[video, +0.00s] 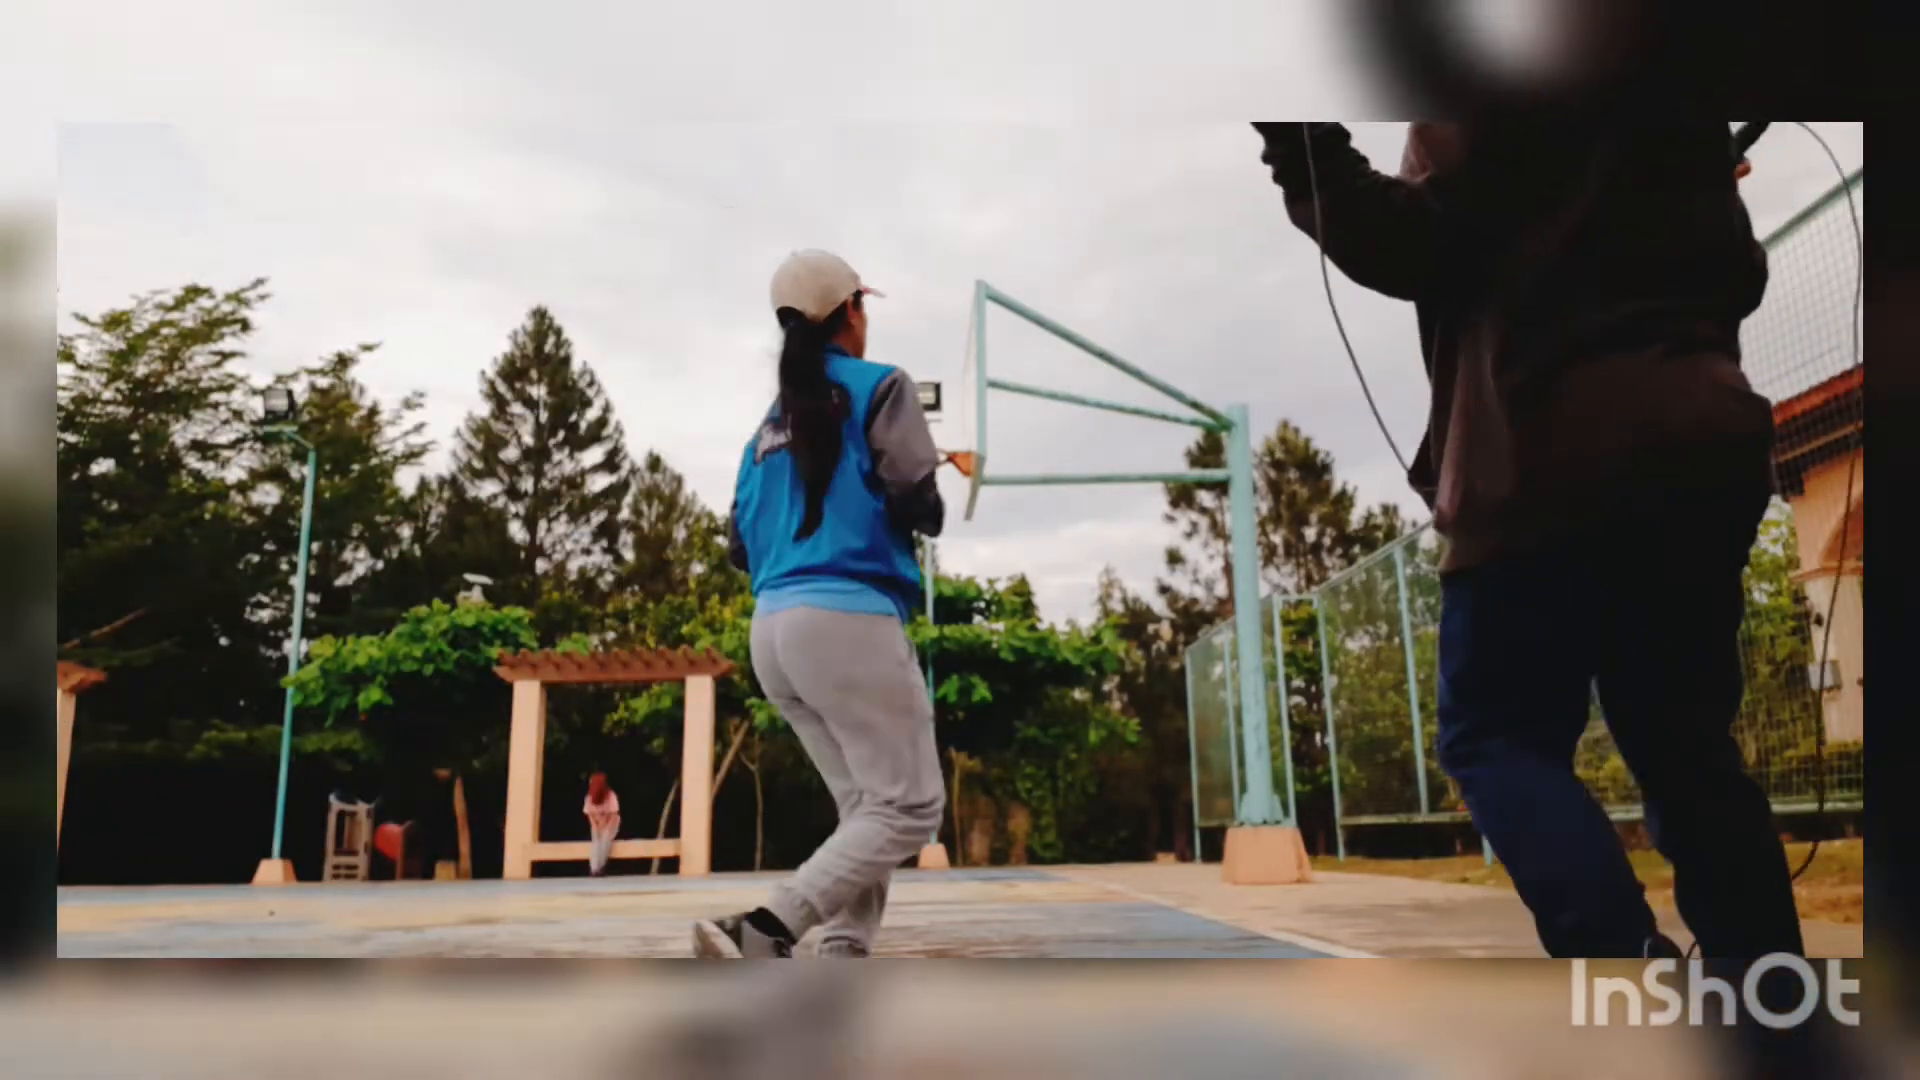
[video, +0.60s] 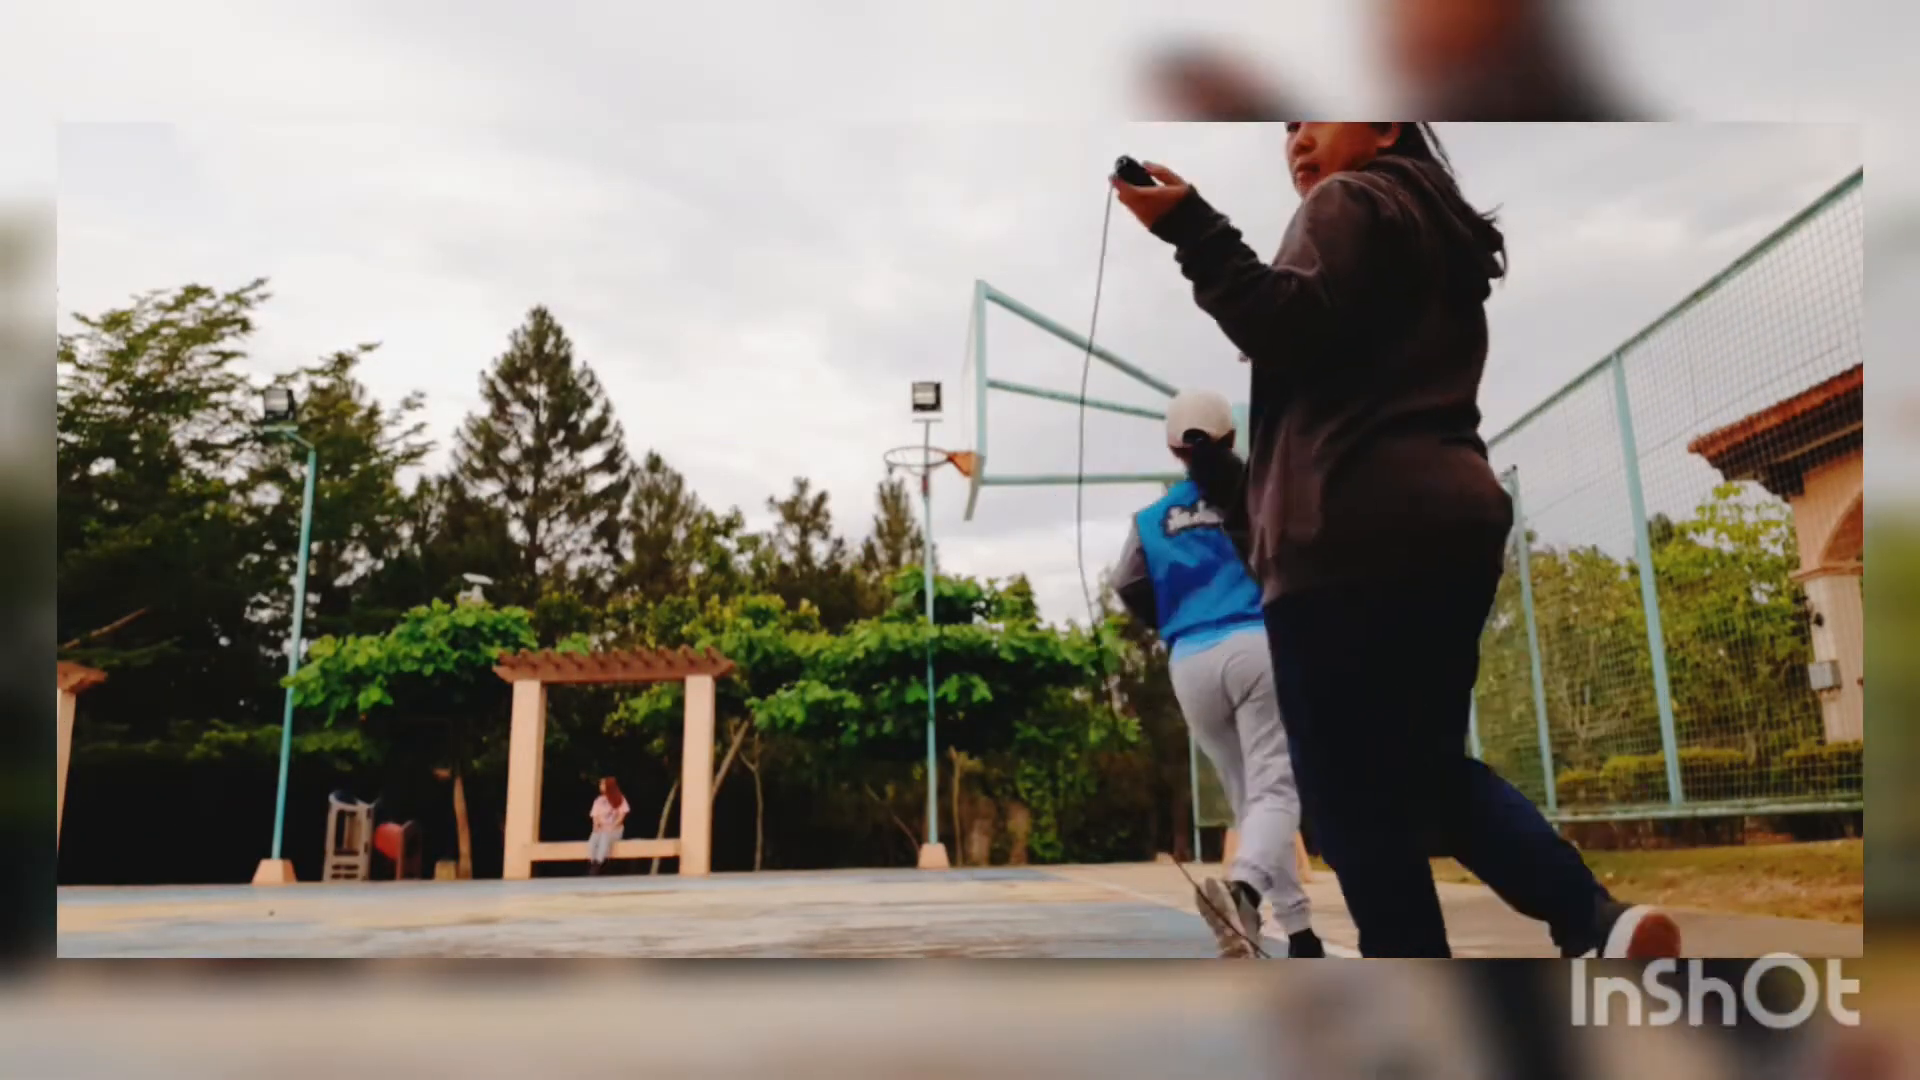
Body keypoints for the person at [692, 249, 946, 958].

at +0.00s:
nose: (866, 318)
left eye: (862, 305)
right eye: (861, 307)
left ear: (793, 324)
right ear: (849, 315)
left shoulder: (767, 424)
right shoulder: (880, 385)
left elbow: (740, 539)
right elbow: (919, 503)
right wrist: (930, 493)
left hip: (771, 628)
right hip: (846, 620)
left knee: (860, 806)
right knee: (908, 805)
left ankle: (840, 964)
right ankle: (769, 926)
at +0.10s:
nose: (939, 327)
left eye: (935, 317)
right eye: (935, 318)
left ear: (867, 337)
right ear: (921, 326)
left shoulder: (850, 423)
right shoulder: (941, 389)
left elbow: (836, 528)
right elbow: (962, 489)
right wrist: (993, 502)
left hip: (844, 617)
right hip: (919, 608)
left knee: (890, 808)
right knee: (1009, 775)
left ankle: (845, 956)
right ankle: (964, 938)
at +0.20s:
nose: (1006, 334)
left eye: (1001, 323)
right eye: (1001, 324)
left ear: (940, 339)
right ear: (988, 331)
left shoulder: (927, 409)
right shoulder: (999, 391)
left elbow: (950, 501)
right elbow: (1025, 488)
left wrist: (1034, 468)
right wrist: (1060, 491)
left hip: (918, 602)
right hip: (996, 594)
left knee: (922, 773)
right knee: (1063, 765)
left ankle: (866, 932)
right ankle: (1107, 939)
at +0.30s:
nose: (1094, 375)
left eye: (1089, 365)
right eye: (1091, 366)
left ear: (1027, 378)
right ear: (1083, 373)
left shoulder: (1004, 450)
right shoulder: (1102, 432)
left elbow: (1020, 533)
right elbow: (1130, 503)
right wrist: (1162, 530)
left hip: (1017, 639)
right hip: (1096, 630)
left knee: (1065, 808)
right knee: (1154, 799)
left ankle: (980, 898)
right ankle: (1163, 947)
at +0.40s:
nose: (1163, 410)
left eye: (1154, 402)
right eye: (1162, 403)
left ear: (1095, 412)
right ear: (1156, 408)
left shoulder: (1065, 495)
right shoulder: (1187, 467)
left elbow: (1035, 575)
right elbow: (1237, 558)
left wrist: (1096, 584)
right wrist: (1189, 547)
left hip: (1094, 659)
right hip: (1169, 643)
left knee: (1165, 789)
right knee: (1193, 804)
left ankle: (1146, 905)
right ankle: (1170, 939)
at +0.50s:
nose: (1189, 412)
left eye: (1139, 406)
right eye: (1190, 404)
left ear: (1128, 413)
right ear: (1190, 410)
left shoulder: (1101, 487)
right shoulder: (1233, 469)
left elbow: (1067, 549)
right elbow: (1265, 555)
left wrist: (1121, 597)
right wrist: (1213, 556)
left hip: (1134, 645)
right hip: (1209, 632)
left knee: (1213, 772)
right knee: (1205, 774)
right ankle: (1183, 923)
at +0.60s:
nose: (1215, 448)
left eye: (1189, 443)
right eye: (1225, 436)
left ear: (1173, 446)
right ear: (1230, 438)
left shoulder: (1151, 518)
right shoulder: (1255, 493)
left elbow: (1126, 583)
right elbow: (1286, 554)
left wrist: (1170, 625)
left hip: (1191, 663)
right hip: (1255, 646)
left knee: (1247, 801)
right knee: (1275, 787)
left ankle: (1300, 931)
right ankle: (1243, 890)